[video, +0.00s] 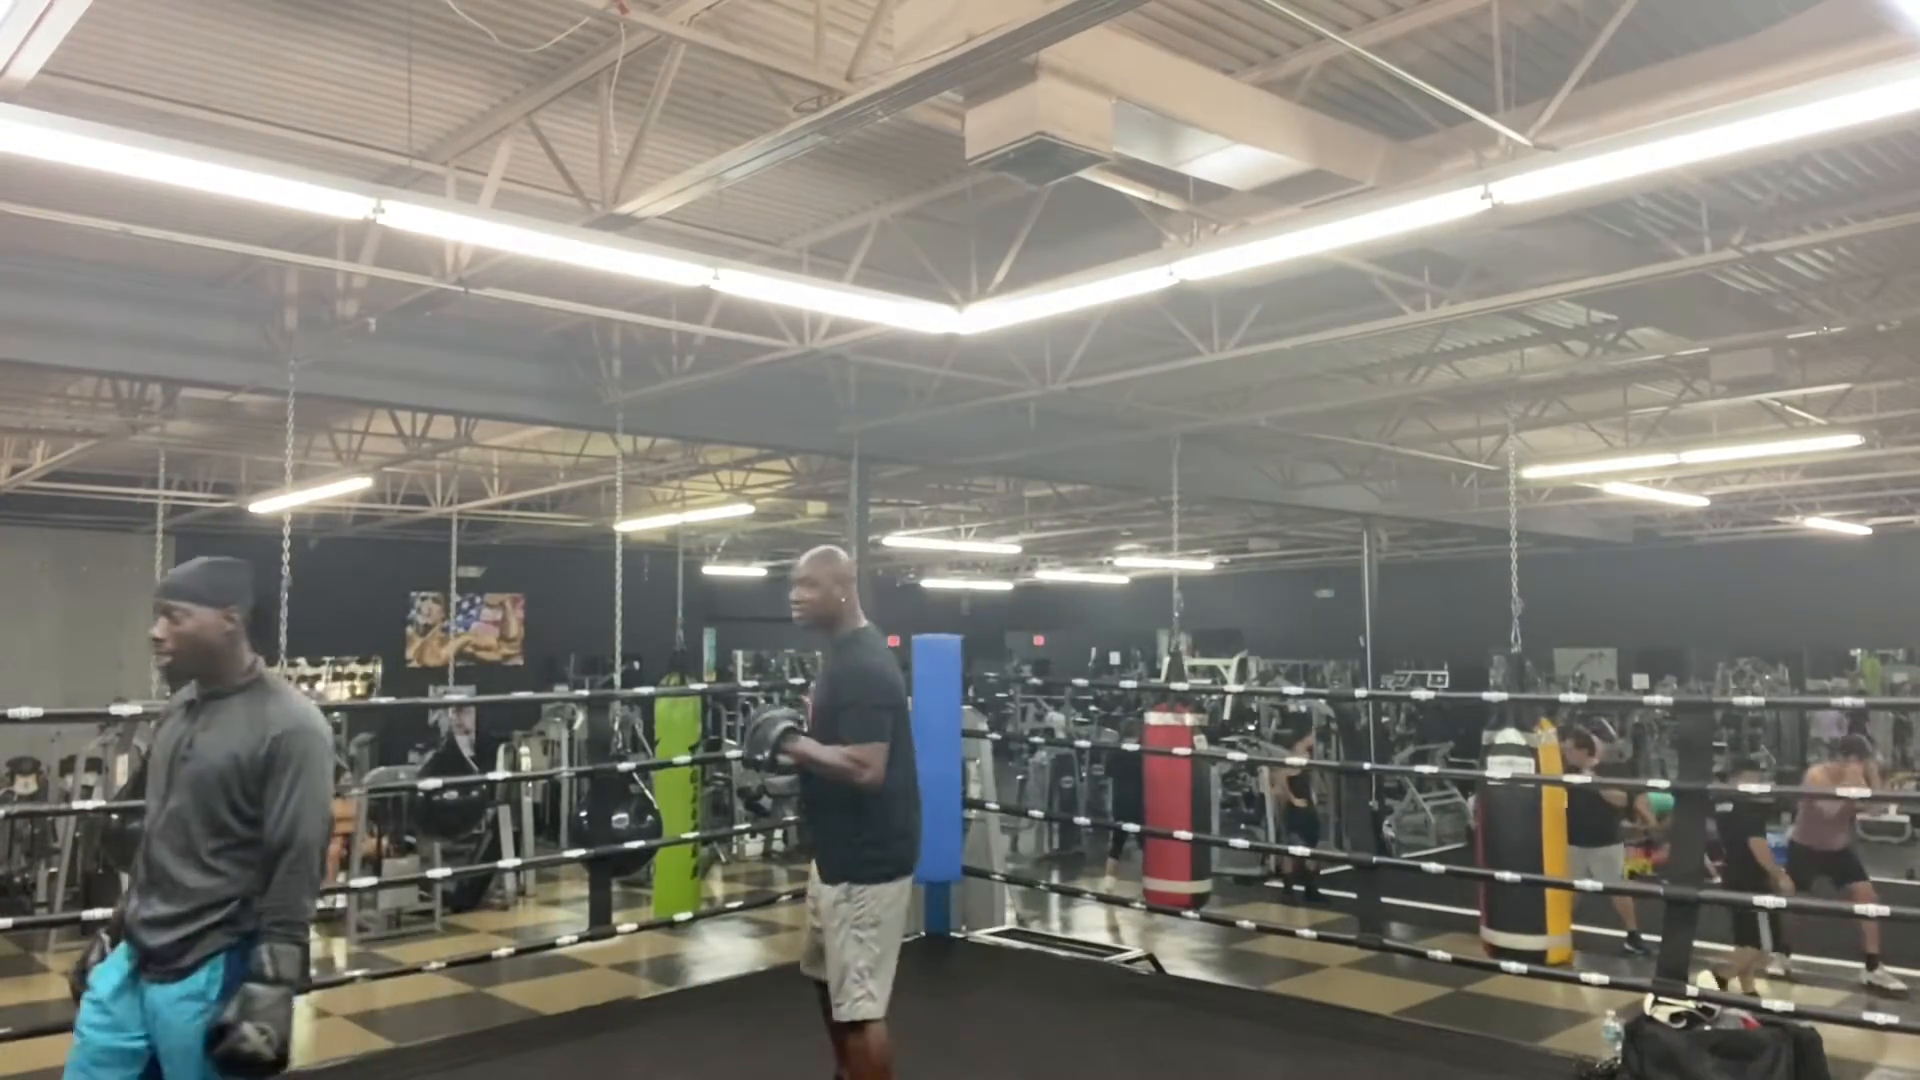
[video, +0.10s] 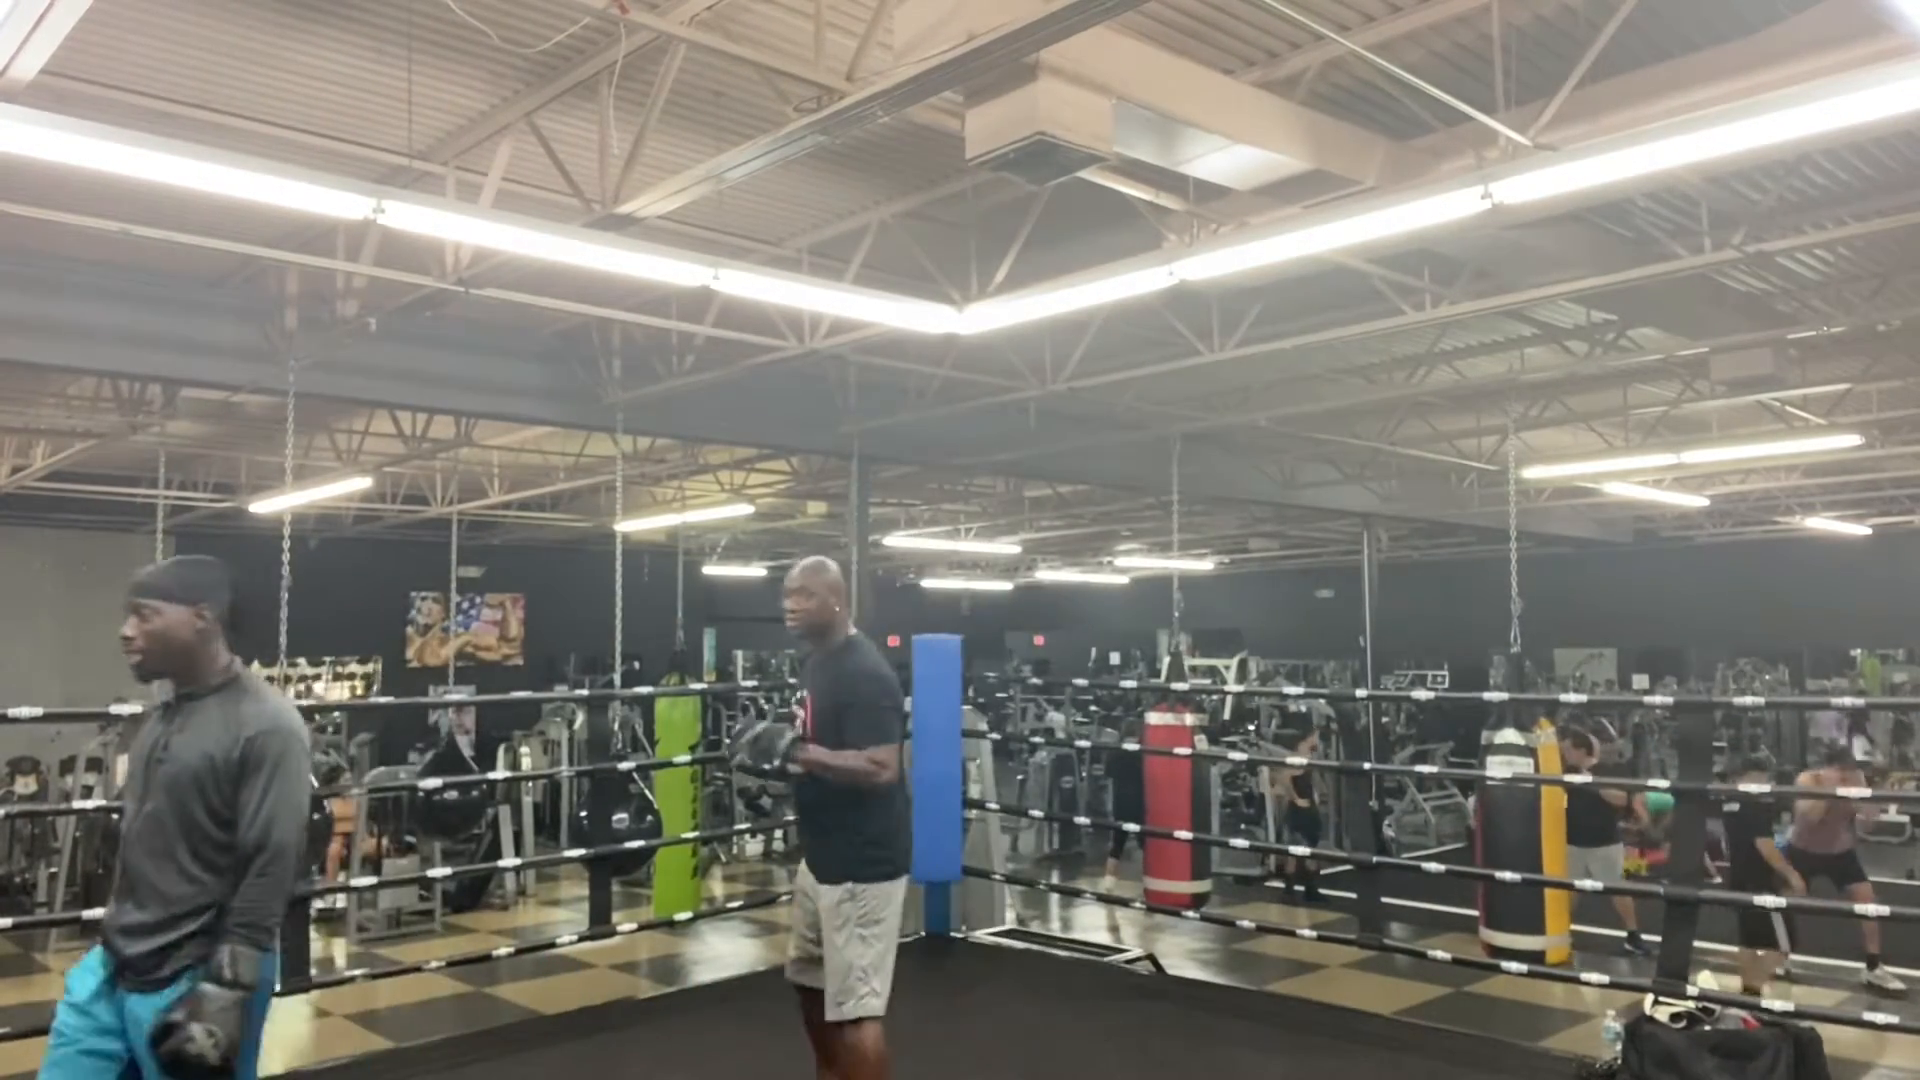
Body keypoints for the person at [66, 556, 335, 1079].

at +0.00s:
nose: (156, 633)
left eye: (174, 616)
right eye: (158, 617)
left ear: (230, 621)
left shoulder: (294, 726)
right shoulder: (177, 713)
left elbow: (297, 867)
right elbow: (160, 847)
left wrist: (272, 990)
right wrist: (112, 938)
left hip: (214, 970)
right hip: (133, 959)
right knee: (88, 1072)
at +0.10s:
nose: (126, 633)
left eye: (144, 614)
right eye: (128, 616)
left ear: (202, 618)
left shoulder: (270, 727)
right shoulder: (160, 718)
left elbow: (271, 871)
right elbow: (147, 847)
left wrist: (227, 991)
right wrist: (111, 953)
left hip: (204, 979)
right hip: (114, 971)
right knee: (62, 1073)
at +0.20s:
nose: (93, 634)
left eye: (112, 616)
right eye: (96, 618)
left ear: (170, 622)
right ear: (167, 623)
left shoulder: (242, 731)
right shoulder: (127, 727)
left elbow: (239, 880)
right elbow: (117, 856)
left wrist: (183, 994)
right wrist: (83, 961)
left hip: (190, 986)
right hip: (90, 984)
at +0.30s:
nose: (46, 636)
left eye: (65, 618)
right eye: (52, 619)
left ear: (125, 624)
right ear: (121, 626)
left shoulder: (197, 736)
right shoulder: (107, 728)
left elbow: (191, 892)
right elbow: (86, 867)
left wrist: (123, 1005)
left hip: (144, 1002)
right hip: (56, 997)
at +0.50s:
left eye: (7, 610)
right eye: (1, 611)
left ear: (57, 618)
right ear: (56, 620)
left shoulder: (122, 718)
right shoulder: (51, 717)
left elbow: (121, 877)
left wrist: (43, 995)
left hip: (75, 996)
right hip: (24, 987)